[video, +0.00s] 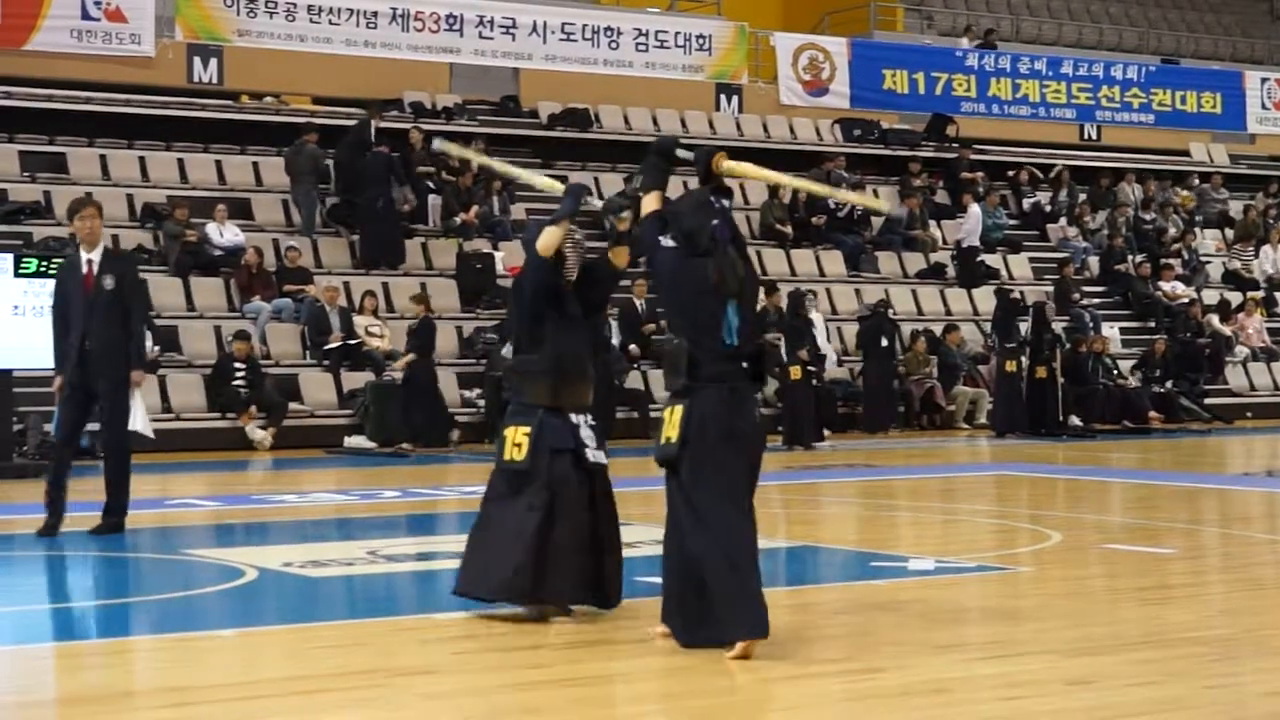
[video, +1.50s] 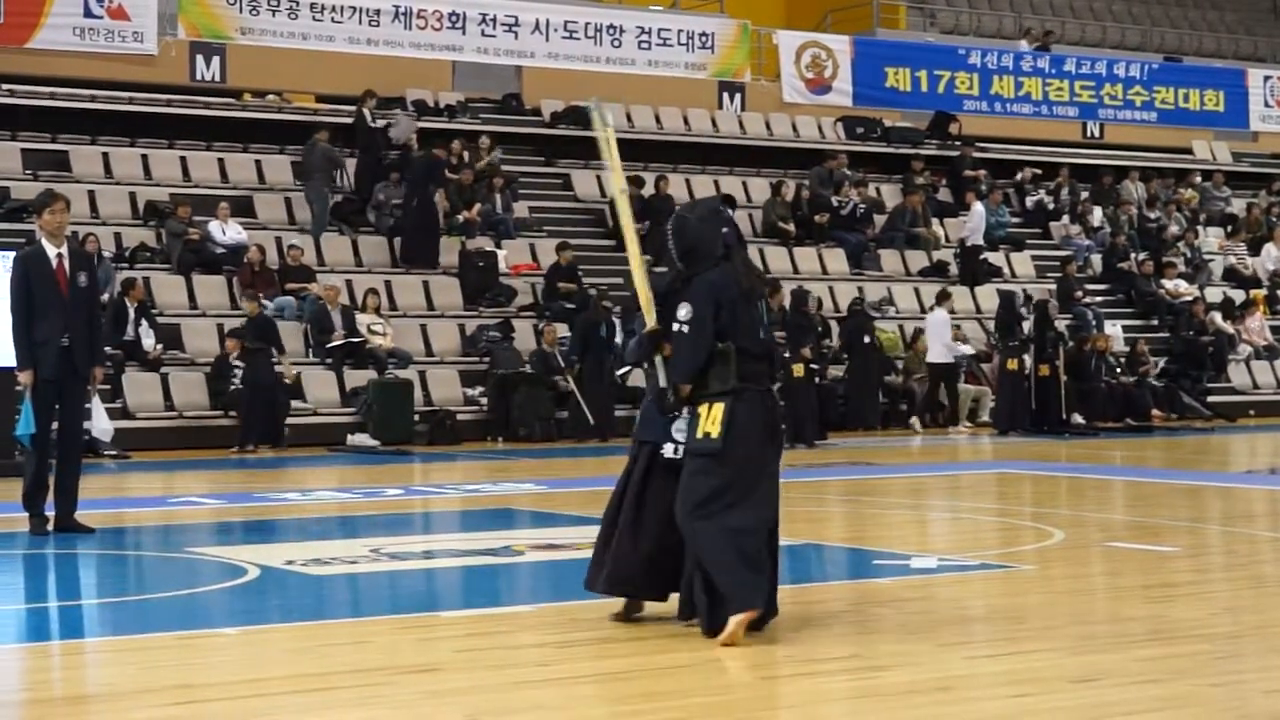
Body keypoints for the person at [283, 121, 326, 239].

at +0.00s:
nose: (316, 138)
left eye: (316, 135)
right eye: (315, 135)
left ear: (304, 134)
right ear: (310, 135)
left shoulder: (291, 150)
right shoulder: (314, 150)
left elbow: (288, 170)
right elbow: (322, 171)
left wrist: (297, 176)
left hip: (295, 187)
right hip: (309, 188)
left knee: (305, 220)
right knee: (309, 221)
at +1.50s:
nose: (327, 137)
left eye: (326, 135)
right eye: (325, 135)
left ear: (315, 135)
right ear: (322, 136)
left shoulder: (307, 148)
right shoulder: (325, 148)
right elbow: (340, 162)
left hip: (309, 185)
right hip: (321, 186)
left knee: (316, 218)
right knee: (321, 220)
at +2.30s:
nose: (332, 141)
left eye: (332, 138)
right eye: (332, 138)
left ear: (321, 137)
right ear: (329, 138)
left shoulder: (312, 149)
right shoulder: (325, 149)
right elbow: (335, 163)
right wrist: (348, 169)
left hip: (310, 188)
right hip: (320, 189)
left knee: (316, 221)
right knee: (322, 222)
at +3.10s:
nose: (345, 147)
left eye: (346, 145)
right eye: (345, 144)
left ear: (335, 142)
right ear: (343, 142)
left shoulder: (326, 152)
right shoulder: (336, 149)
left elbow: (334, 183)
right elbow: (352, 153)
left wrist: (353, 190)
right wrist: (363, 158)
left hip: (316, 191)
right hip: (323, 191)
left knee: (324, 225)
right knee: (324, 226)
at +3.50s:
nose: (348, 150)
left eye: (348, 148)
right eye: (347, 147)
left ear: (337, 144)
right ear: (345, 145)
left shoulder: (329, 154)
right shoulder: (338, 151)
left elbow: (335, 184)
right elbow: (361, 154)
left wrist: (354, 193)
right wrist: (365, 161)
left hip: (317, 190)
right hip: (324, 190)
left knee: (325, 225)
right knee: (325, 226)